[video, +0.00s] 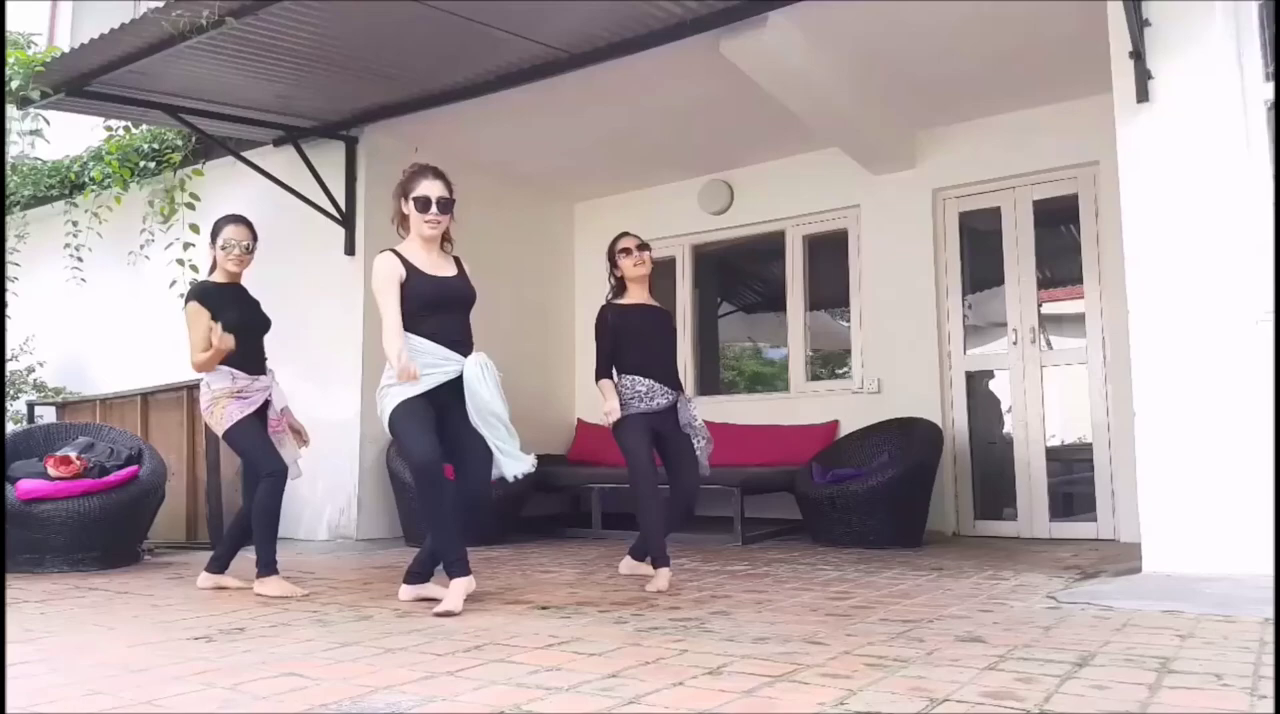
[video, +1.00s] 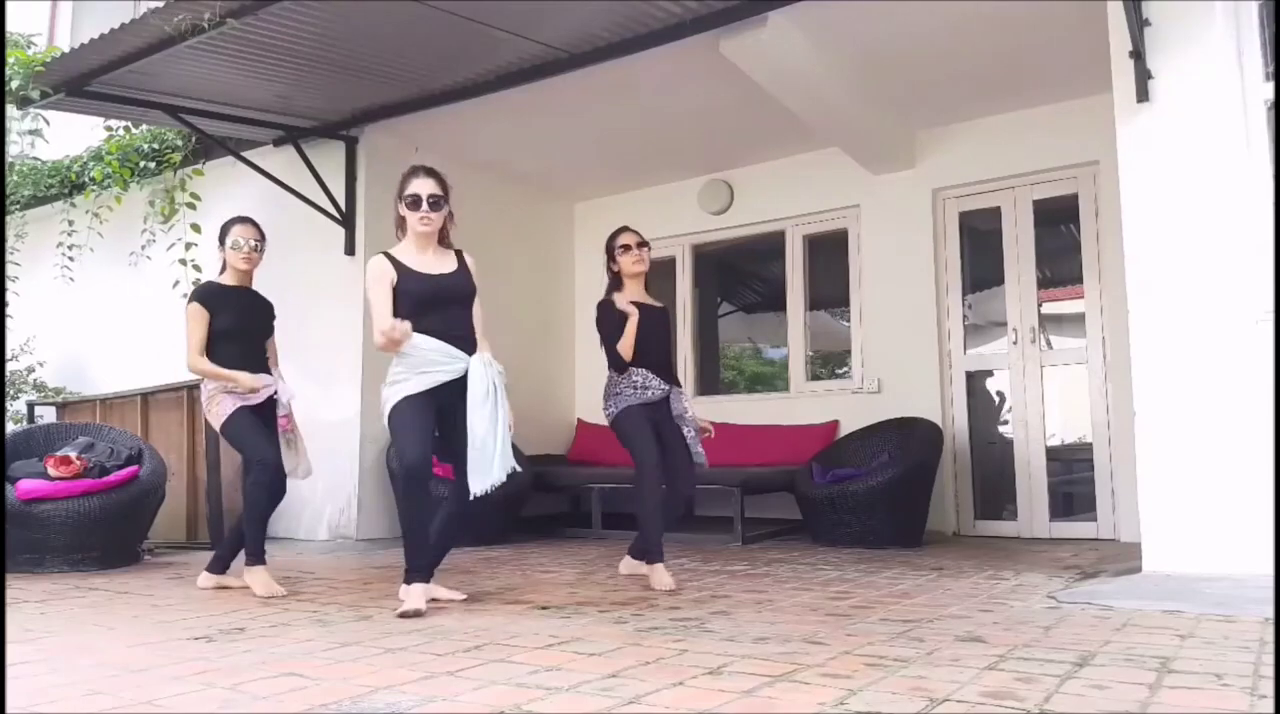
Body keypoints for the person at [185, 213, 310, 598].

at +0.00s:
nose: (238, 253)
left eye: (246, 247)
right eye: (230, 246)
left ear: (253, 252)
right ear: (213, 249)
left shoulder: (246, 296)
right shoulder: (201, 296)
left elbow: (258, 365)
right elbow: (199, 364)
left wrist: (285, 415)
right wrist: (220, 350)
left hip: (261, 393)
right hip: (226, 395)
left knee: (257, 497)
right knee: (273, 469)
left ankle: (213, 570)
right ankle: (267, 575)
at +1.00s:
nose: (248, 250)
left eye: (255, 245)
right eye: (239, 244)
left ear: (262, 252)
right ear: (223, 250)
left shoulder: (263, 305)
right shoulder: (205, 295)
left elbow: (272, 364)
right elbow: (194, 360)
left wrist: (284, 407)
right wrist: (237, 377)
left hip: (265, 396)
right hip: (224, 395)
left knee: (275, 486)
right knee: (264, 462)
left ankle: (215, 569)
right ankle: (256, 565)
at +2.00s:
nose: (249, 241)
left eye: (257, 236)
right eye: (240, 236)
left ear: (266, 246)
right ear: (227, 246)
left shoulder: (275, 300)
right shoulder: (210, 286)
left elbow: (286, 362)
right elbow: (179, 327)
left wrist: (298, 413)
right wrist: (230, 313)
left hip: (272, 390)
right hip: (230, 389)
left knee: (270, 478)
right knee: (247, 469)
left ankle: (224, 567)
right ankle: (258, 558)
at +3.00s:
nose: (249, 247)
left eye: (257, 239)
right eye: (240, 240)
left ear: (270, 246)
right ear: (230, 246)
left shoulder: (283, 299)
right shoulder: (212, 287)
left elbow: (290, 363)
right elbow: (208, 347)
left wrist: (309, 412)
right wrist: (180, 314)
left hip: (272, 392)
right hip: (227, 389)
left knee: (268, 479)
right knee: (230, 468)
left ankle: (240, 564)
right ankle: (214, 564)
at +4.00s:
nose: (239, 249)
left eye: (248, 241)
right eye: (233, 243)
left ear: (267, 246)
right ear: (228, 248)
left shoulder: (285, 295)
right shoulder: (219, 292)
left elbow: (295, 352)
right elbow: (188, 340)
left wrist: (303, 400)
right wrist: (191, 347)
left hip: (275, 391)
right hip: (234, 391)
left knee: (265, 477)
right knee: (200, 464)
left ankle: (266, 564)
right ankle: (222, 553)